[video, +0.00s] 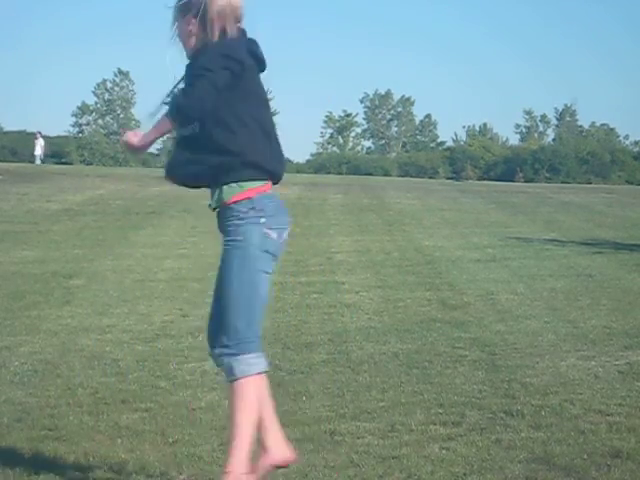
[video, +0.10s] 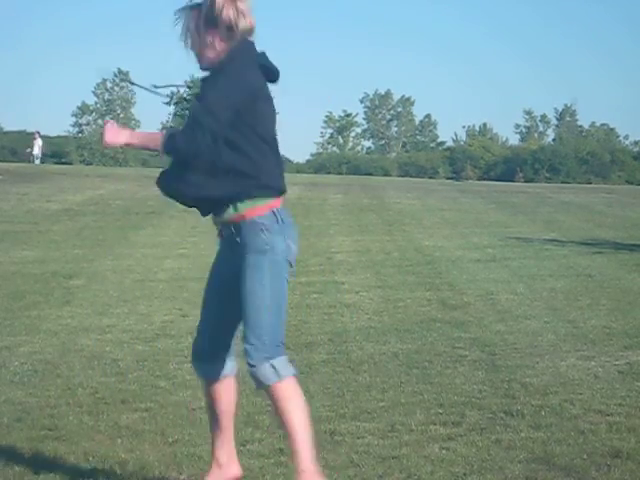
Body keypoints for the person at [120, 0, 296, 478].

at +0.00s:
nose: (179, 37)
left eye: (180, 28)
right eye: (179, 29)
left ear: (195, 24)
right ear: (215, 22)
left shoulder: (218, 59)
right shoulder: (228, 58)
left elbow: (186, 106)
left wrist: (144, 139)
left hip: (252, 218)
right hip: (245, 215)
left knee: (241, 344)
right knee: (227, 338)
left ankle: (237, 468)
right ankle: (276, 444)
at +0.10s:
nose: (192, 44)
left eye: (196, 34)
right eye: (191, 35)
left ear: (218, 34)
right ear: (227, 34)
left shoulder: (235, 75)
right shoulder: (228, 76)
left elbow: (197, 142)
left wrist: (131, 137)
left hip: (264, 230)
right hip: (236, 233)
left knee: (266, 355)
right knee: (211, 354)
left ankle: (310, 470)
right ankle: (225, 464)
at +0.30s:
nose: (218, 70)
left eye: (230, 62)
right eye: (217, 61)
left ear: (261, 70)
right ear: (219, 67)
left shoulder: (275, 119)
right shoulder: (224, 122)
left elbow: (300, 201)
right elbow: (223, 193)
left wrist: (237, 172)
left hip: (277, 270)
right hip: (233, 276)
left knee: (296, 390)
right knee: (191, 391)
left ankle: (345, 475)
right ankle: (230, 474)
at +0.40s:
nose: (238, 52)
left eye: (249, 43)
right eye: (233, 43)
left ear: (276, 46)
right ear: (226, 46)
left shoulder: (292, 90)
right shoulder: (217, 98)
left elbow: (313, 159)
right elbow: (188, 164)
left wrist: (243, 182)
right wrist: (202, 188)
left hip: (284, 241)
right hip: (235, 249)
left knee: (307, 368)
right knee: (209, 367)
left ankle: (344, 473)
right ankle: (227, 468)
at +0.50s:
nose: (251, 45)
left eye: (261, 35)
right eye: (244, 35)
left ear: (285, 36)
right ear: (236, 36)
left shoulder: (300, 78)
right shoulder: (223, 77)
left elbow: (312, 155)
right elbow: (185, 134)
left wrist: (257, 178)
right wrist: (213, 153)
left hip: (297, 226)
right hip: (252, 235)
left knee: (312, 353)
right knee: (211, 350)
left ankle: (353, 468)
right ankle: (221, 459)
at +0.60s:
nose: (262, 57)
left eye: (273, 48)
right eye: (255, 47)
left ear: (296, 49)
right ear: (247, 50)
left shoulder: (307, 106)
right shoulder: (229, 103)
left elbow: (327, 193)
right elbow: (199, 177)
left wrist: (288, 165)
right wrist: (213, 153)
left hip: (309, 247)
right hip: (261, 256)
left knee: (320, 373)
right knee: (213, 364)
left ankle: (366, 473)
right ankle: (214, 469)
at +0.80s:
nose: (272, 82)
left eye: (283, 74)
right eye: (266, 72)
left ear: (307, 79)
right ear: (259, 74)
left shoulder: (316, 139)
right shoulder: (234, 128)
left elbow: (345, 221)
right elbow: (199, 198)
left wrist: (307, 244)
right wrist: (232, 221)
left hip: (313, 274)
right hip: (260, 281)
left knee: (320, 398)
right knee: (200, 391)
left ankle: (367, 475)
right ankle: (217, 477)